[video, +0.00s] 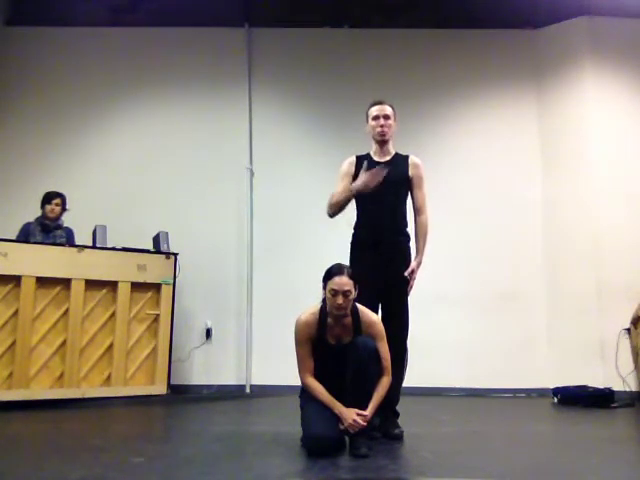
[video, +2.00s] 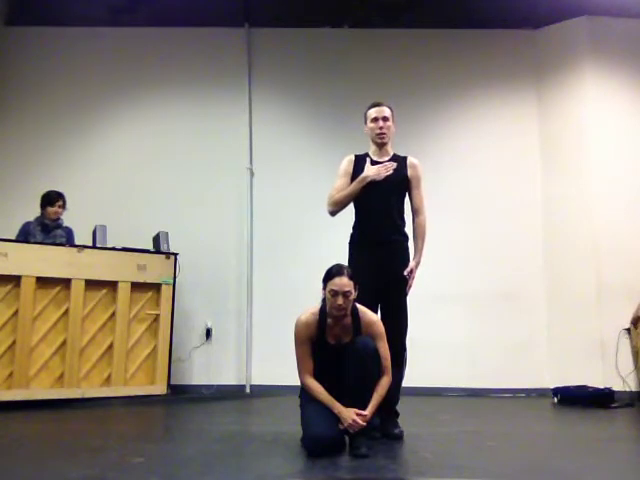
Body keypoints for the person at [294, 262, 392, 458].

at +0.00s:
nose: (340, 301)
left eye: (347, 294)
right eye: (334, 294)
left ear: (355, 293)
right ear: (324, 292)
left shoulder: (371, 322)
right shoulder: (307, 323)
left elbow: (386, 374)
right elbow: (307, 378)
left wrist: (366, 414)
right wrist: (342, 412)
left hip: (355, 392)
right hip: (321, 392)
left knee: (365, 347)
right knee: (322, 445)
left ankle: (360, 432)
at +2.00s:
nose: (340, 302)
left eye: (347, 295)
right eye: (333, 294)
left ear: (355, 293)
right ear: (324, 292)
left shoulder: (371, 323)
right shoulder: (306, 324)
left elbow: (386, 375)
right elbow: (306, 378)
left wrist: (367, 413)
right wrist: (341, 411)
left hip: (355, 392)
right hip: (320, 393)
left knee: (365, 347)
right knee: (321, 445)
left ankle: (359, 432)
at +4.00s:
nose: (339, 304)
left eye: (346, 297)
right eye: (333, 296)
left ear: (355, 295)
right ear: (324, 293)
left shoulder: (370, 323)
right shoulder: (307, 324)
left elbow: (391, 377)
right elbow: (306, 379)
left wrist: (362, 414)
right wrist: (338, 413)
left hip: (356, 393)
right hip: (321, 396)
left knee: (365, 346)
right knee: (320, 445)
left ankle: (360, 434)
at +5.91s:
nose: (340, 304)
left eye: (346, 297)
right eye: (333, 296)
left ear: (355, 295)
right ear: (324, 293)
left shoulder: (370, 324)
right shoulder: (306, 324)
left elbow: (391, 377)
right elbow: (306, 378)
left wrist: (362, 413)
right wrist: (338, 413)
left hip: (356, 393)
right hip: (321, 394)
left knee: (365, 346)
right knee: (322, 444)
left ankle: (360, 433)